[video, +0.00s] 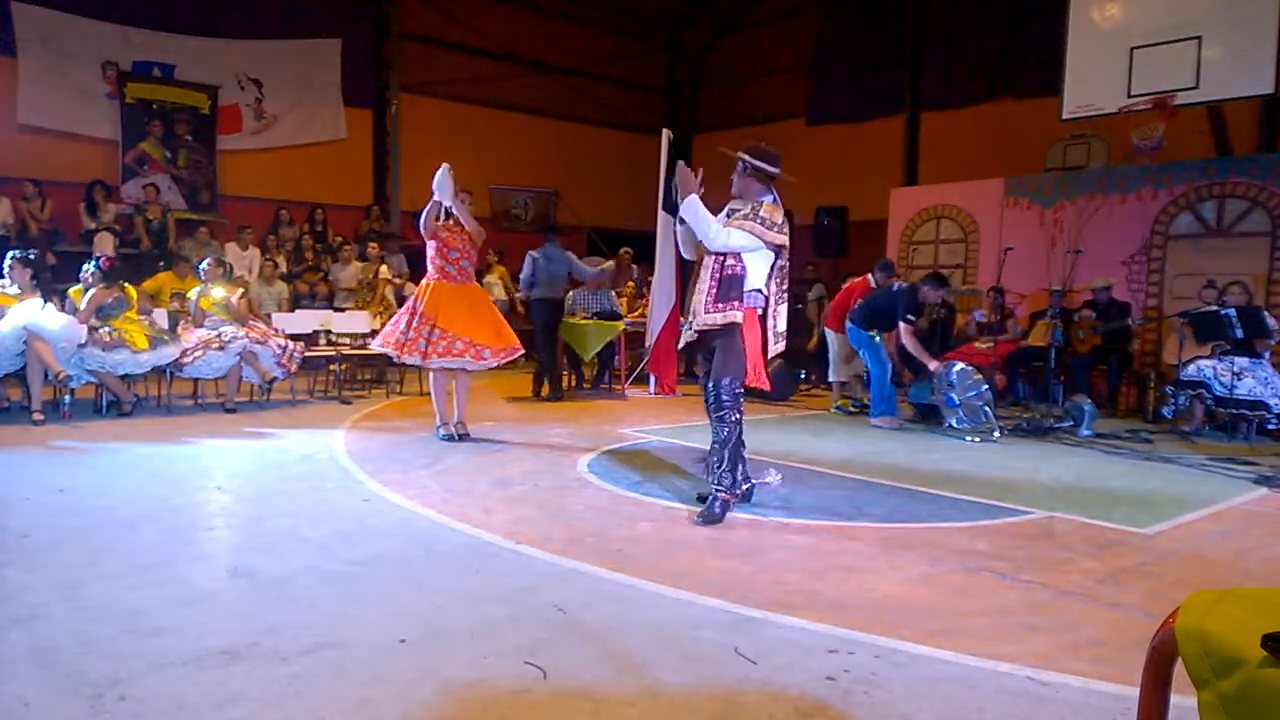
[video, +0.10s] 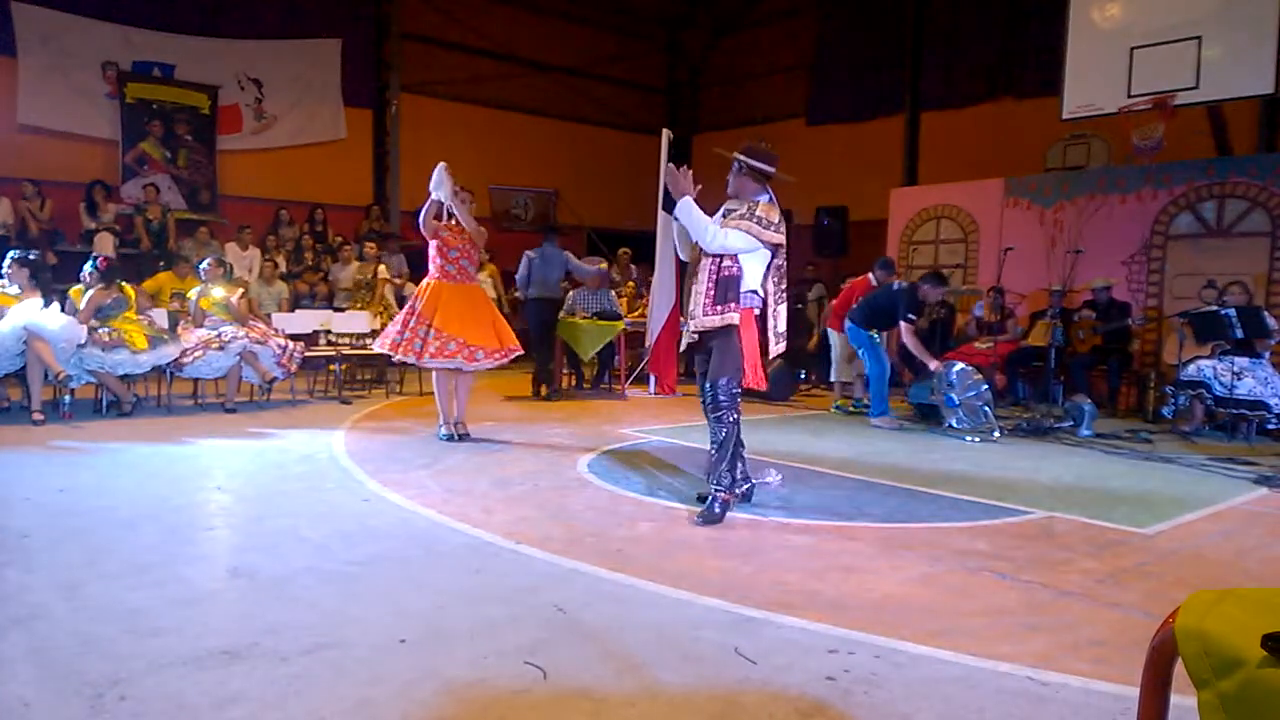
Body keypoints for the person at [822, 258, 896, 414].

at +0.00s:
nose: (890, 282)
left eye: (892, 278)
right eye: (888, 278)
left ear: (884, 275)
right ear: (877, 274)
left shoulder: (876, 288)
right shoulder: (863, 287)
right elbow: (854, 314)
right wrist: (855, 344)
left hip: (852, 325)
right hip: (835, 323)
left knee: (855, 362)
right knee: (838, 362)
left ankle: (859, 397)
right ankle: (838, 400)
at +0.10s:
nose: (890, 279)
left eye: (892, 276)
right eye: (888, 275)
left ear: (885, 273)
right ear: (878, 271)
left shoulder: (878, 287)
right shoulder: (863, 285)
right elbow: (857, 311)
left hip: (855, 325)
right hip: (838, 323)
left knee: (859, 362)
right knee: (840, 361)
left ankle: (859, 397)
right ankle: (838, 399)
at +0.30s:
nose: (893, 277)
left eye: (894, 272)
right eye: (890, 272)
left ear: (894, 272)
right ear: (878, 269)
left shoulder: (882, 285)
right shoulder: (864, 284)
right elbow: (860, 311)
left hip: (857, 326)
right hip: (841, 325)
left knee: (861, 363)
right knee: (845, 362)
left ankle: (859, 398)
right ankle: (840, 399)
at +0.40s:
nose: (892, 275)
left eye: (894, 270)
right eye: (890, 270)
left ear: (891, 270)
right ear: (879, 268)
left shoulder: (884, 285)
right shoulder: (863, 283)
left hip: (862, 326)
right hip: (845, 325)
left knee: (863, 363)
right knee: (848, 362)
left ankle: (859, 398)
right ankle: (841, 398)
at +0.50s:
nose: (891, 273)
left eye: (893, 269)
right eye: (888, 268)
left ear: (892, 268)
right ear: (878, 266)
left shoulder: (884, 285)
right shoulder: (863, 283)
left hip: (868, 328)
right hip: (851, 328)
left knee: (865, 364)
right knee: (851, 363)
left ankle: (859, 398)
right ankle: (842, 398)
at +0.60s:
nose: (892, 272)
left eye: (893, 267)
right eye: (889, 267)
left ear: (891, 266)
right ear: (879, 265)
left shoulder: (884, 283)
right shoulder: (862, 283)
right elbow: (850, 309)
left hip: (871, 327)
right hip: (855, 326)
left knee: (868, 362)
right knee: (854, 361)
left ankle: (860, 398)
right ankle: (843, 397)